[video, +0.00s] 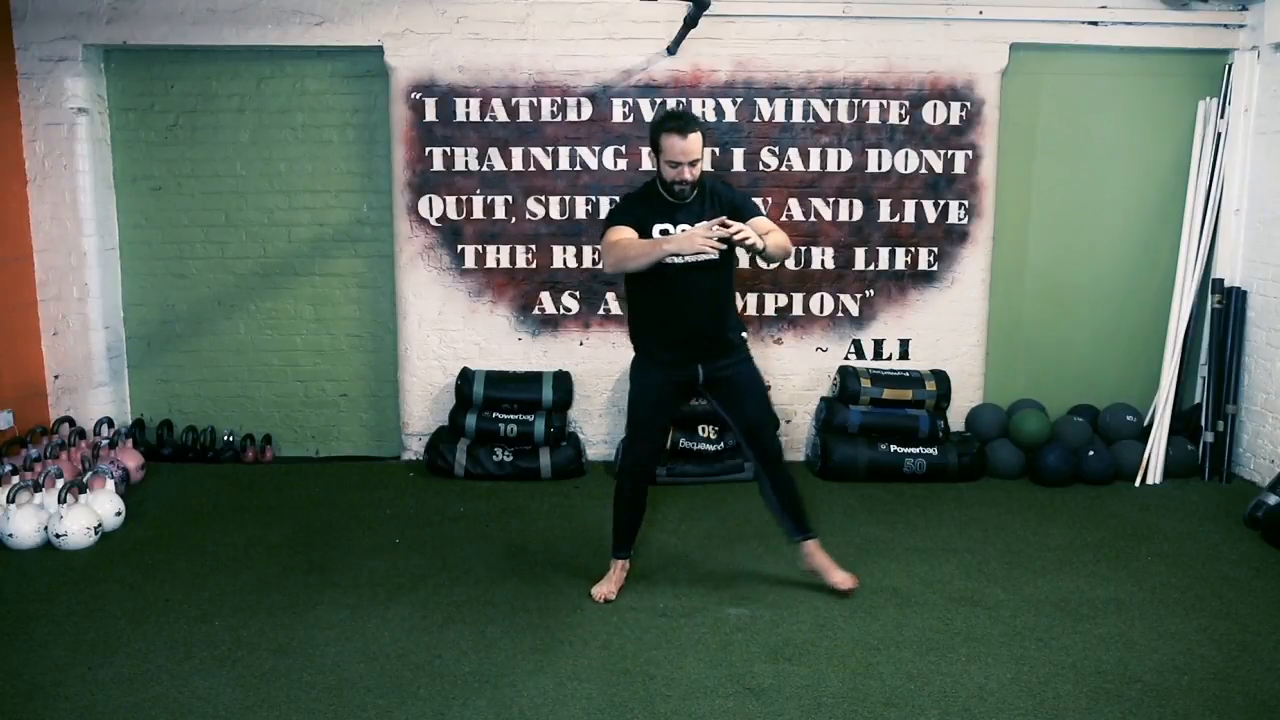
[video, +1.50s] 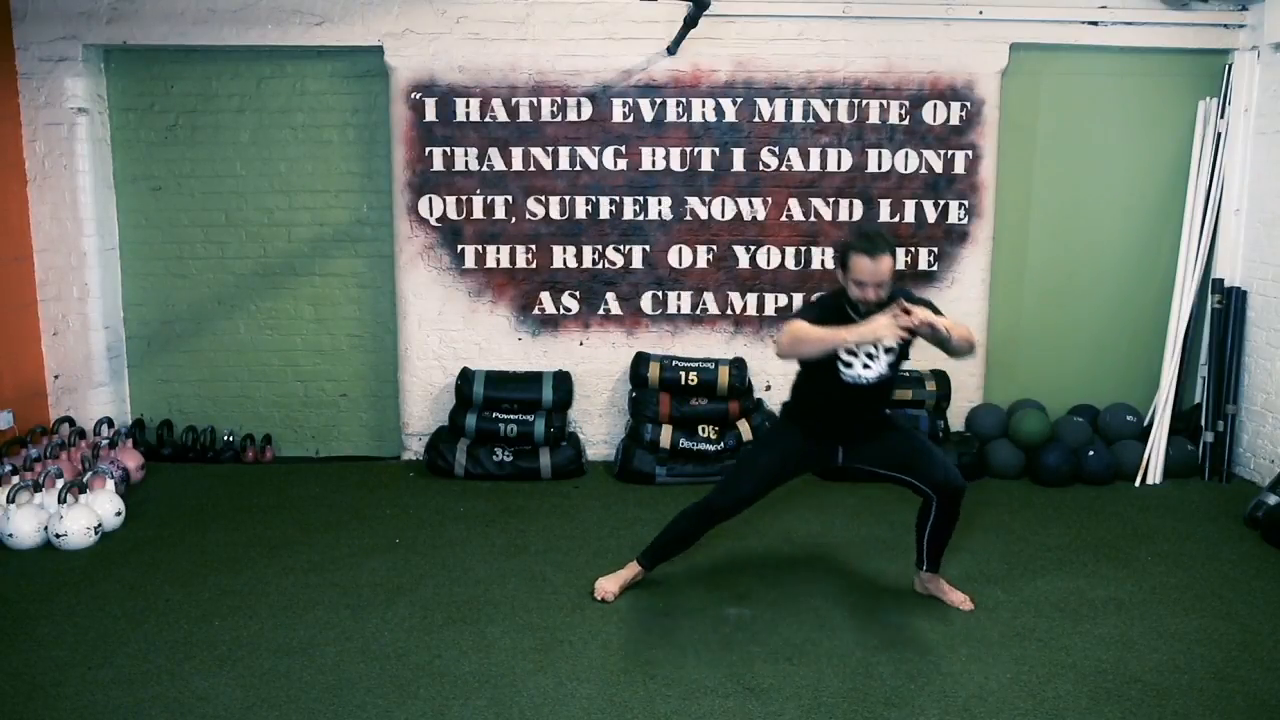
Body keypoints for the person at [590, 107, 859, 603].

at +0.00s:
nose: (684, 174)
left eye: (692, 163)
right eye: (674, 164)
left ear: (704, 155)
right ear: (656, 158)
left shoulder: (721, 194)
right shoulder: (637, 203)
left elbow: (782, 246)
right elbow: (612, 257)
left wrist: (759, 241)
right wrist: (674, 242)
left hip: (725, 350)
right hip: (659, 355)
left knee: (766, 443)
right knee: (638, 457)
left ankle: (809, 547)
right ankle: (619, 561)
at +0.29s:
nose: (757, 206)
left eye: (765, 197)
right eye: (747, 198)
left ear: (776, 186)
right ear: (726, 192)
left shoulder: (795, 226)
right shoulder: (707, 236)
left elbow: (864, 265)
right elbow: (695, 286)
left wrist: (846, 254)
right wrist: (765, 263)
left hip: (797, 374)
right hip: (731, 378)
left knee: (865, 451)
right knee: (682, 469)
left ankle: (928, 556)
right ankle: (624, 565)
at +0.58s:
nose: (873, 305)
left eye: (882, 296)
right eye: (864, 297)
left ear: (895, 280)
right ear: (845, 283)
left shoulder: (911, 309)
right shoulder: (824, 316)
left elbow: (976, 353)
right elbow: (806, 368)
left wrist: (957, 337)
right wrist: (878, 348)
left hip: (885, 436)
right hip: (815, 436)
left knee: (964, 483)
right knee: (736, 501)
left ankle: (931, 573)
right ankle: (635, 568)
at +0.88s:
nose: (924, 391)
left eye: (934, 383)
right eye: (917, 381)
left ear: (951, 371)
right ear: (901, 362)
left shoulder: (961, 388)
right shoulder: (869, 382)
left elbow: (1027, 435)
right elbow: (853, 439)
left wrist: (1008, 422)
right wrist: (928, 427)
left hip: (906, 481)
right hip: (841, 482)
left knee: (986, 497)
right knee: (750, 529)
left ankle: (931, 574)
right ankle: (639, 570)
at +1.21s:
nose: (927, 391)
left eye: (937, 383)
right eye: (919, 381)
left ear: (952, 372)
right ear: (902, 363)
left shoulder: (963, 393)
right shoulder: (867, 383)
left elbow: (1025, 439)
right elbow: (850, 437)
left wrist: (1008, 429)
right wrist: (925, 435)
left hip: (906, 481)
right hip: (843, 479)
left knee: (982, 496)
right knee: (754, 526)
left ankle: (930, 574)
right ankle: (643, 571)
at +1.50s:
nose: (870, 294)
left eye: (879, 285)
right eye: (862, 284)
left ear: (893, 273)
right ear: (844, 272)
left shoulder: (907, 304)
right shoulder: (827, 305)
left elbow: (966, 346)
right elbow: (787, 343)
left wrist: (936, 327)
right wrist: (865, 331)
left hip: (870, 433)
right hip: (803, 431)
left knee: (947, 482)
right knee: (724, 502)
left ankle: (928, 576)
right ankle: (636, 569)